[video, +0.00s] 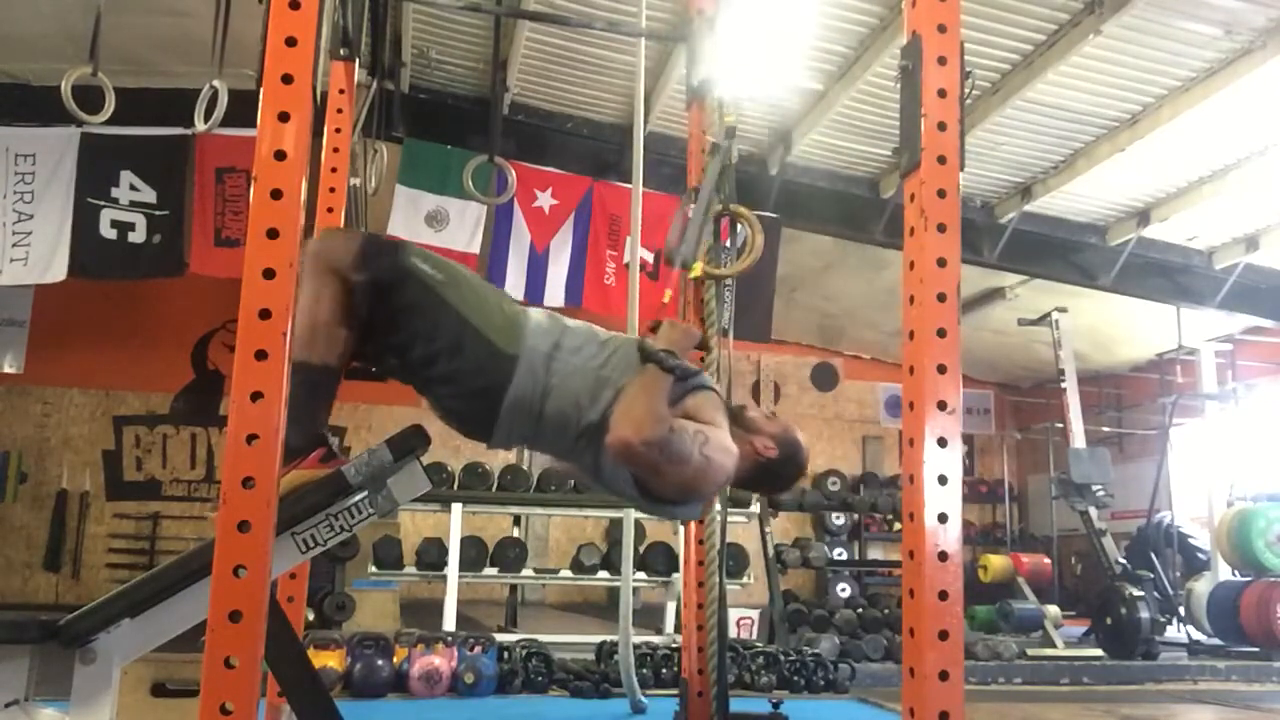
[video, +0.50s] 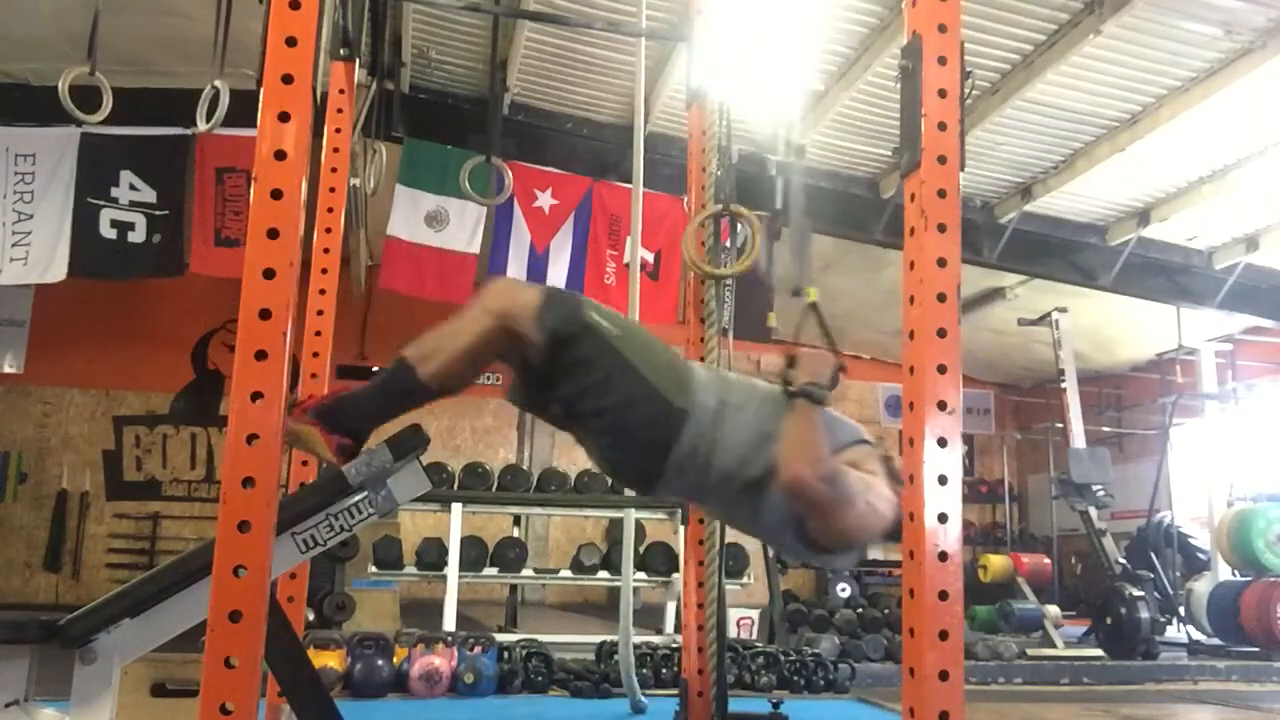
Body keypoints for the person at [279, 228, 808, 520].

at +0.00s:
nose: (762, 404)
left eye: (771, 418)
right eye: (774, 408)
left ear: (762, 449)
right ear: (760, 445)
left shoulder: (714, 459)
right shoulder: (707, 431)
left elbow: (634, 439)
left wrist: (669, 363)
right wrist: (669, 351)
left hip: (508, 363)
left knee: (333, 251)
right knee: (352, 295)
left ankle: (292, 420)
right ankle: (290, 417)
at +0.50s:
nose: (890, 461)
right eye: (897, 466)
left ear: (885, 517)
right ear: (903, 470)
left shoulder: (860, 520)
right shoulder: (856, 450)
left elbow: (805, 476)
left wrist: (809, 393)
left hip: (671, 431)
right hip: (678, 394)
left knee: (512, 304)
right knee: (505, 301)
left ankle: (351, 417)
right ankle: (363, 399)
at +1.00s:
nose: (996, 494)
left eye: (1007, 508)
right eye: (1005, 492)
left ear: (999, 543)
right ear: (988, 495)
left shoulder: (959, 542)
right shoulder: (943, 503)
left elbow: (894, 488)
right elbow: (863, 433)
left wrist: (930, 425)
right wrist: (914, 412)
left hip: (774, 496)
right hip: (765, 487)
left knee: (604, 419)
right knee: (589, 430)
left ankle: (393, 418)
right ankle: (402, 424)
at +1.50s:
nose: (947, 610)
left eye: (953, 629)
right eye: (957, 617)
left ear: (939, 659)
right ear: (942, 629)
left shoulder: (897, 649)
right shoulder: (890, 615)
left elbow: (876, 517)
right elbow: (871, 513)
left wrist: (852, 415)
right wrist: (844, 412)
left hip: (731, 554)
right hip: (734, 521)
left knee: (590, 432)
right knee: (576, 426)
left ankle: (382, 415)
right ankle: (390, 415)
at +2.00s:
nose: (948, 588)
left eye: (958, 611)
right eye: (962, 590)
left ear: (951, 642)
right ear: (950, 590)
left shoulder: (905, 639)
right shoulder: (903, 585)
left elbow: (874, 517)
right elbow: (869, 515)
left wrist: (861, 408)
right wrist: (843, 407)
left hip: (736, 548)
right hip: (736, 513)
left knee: (586, 425)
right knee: (563, 431)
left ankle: (369, 414)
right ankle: (382, 422)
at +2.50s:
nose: (992, 419)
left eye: (1002, 429)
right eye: (995, 412)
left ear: (998, 446)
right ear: (981, 401)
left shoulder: (959, 460)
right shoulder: (934, 406)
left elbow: (905, 484)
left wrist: (907, 390)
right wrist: (877, 369)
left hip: (762, 437)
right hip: (750, 420)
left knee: (577, 409)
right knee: (572, 406)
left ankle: (375, 420)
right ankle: (382, 419)